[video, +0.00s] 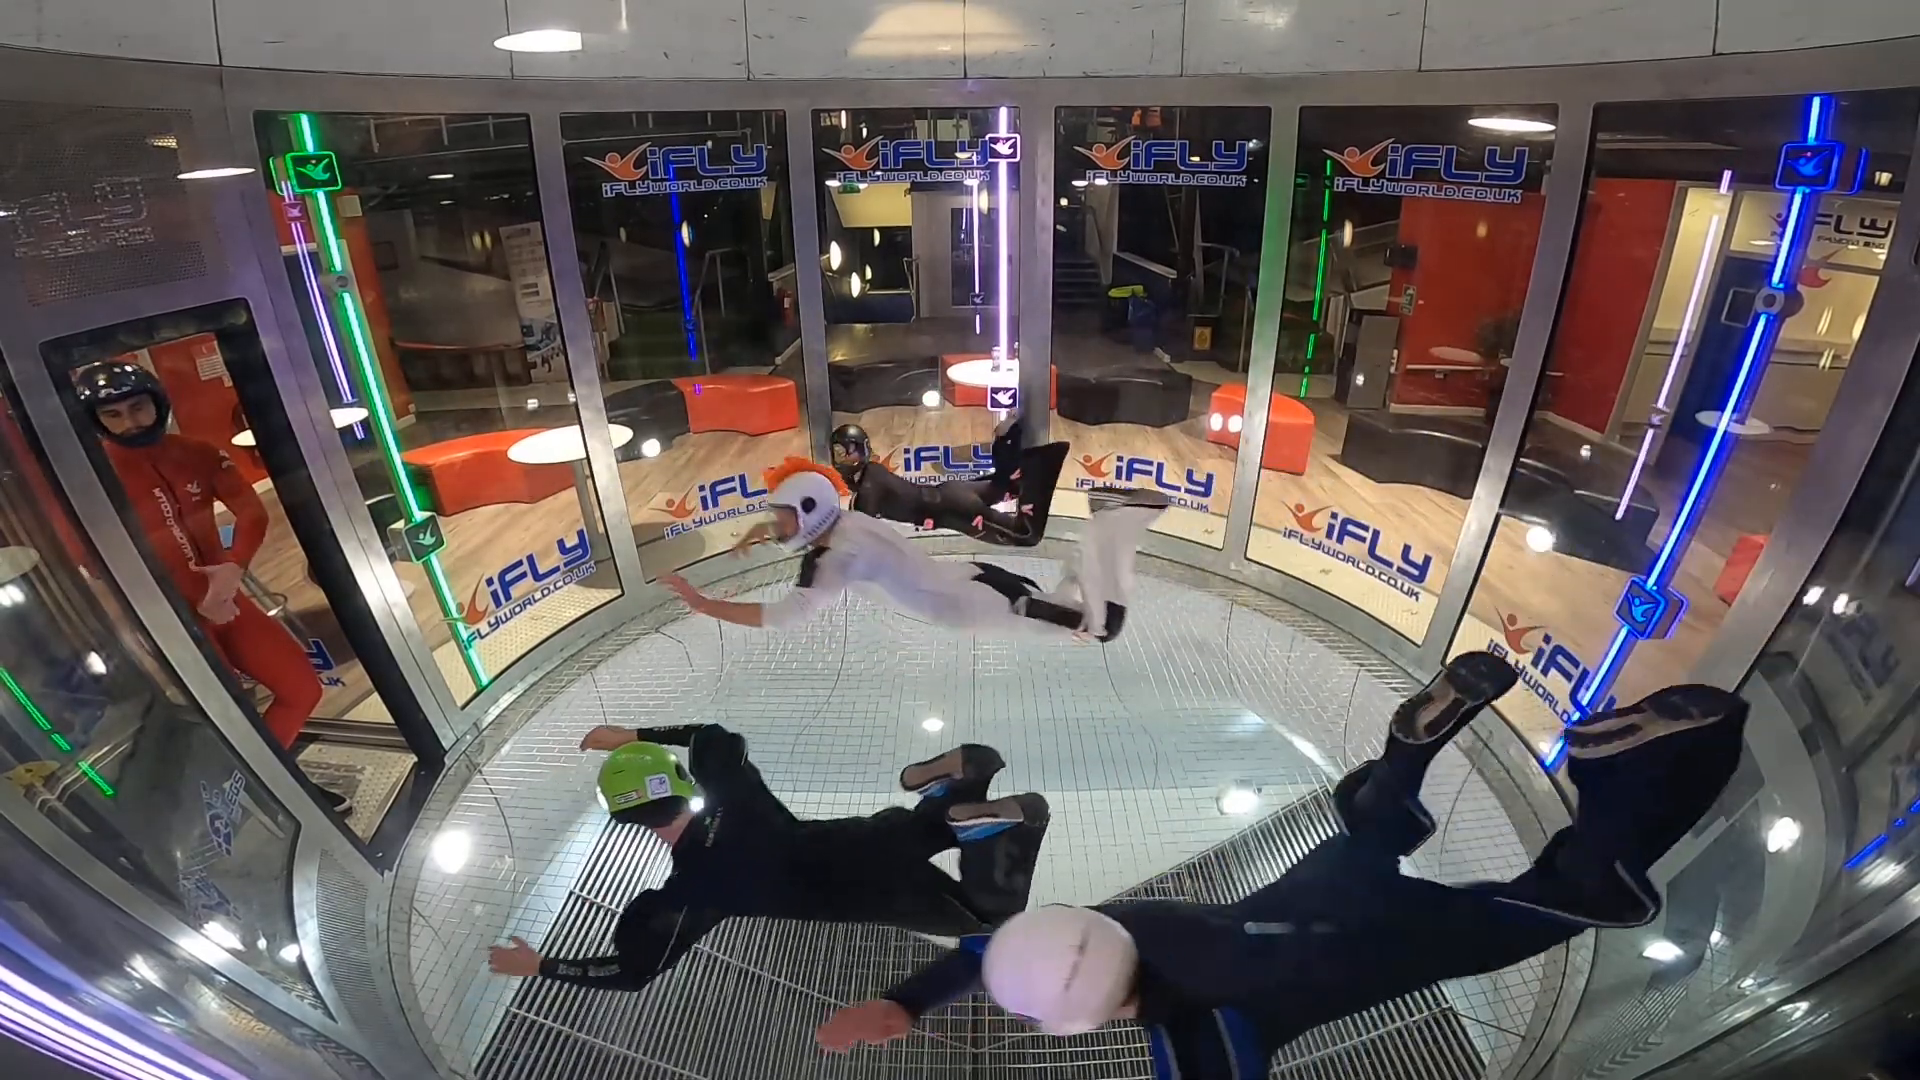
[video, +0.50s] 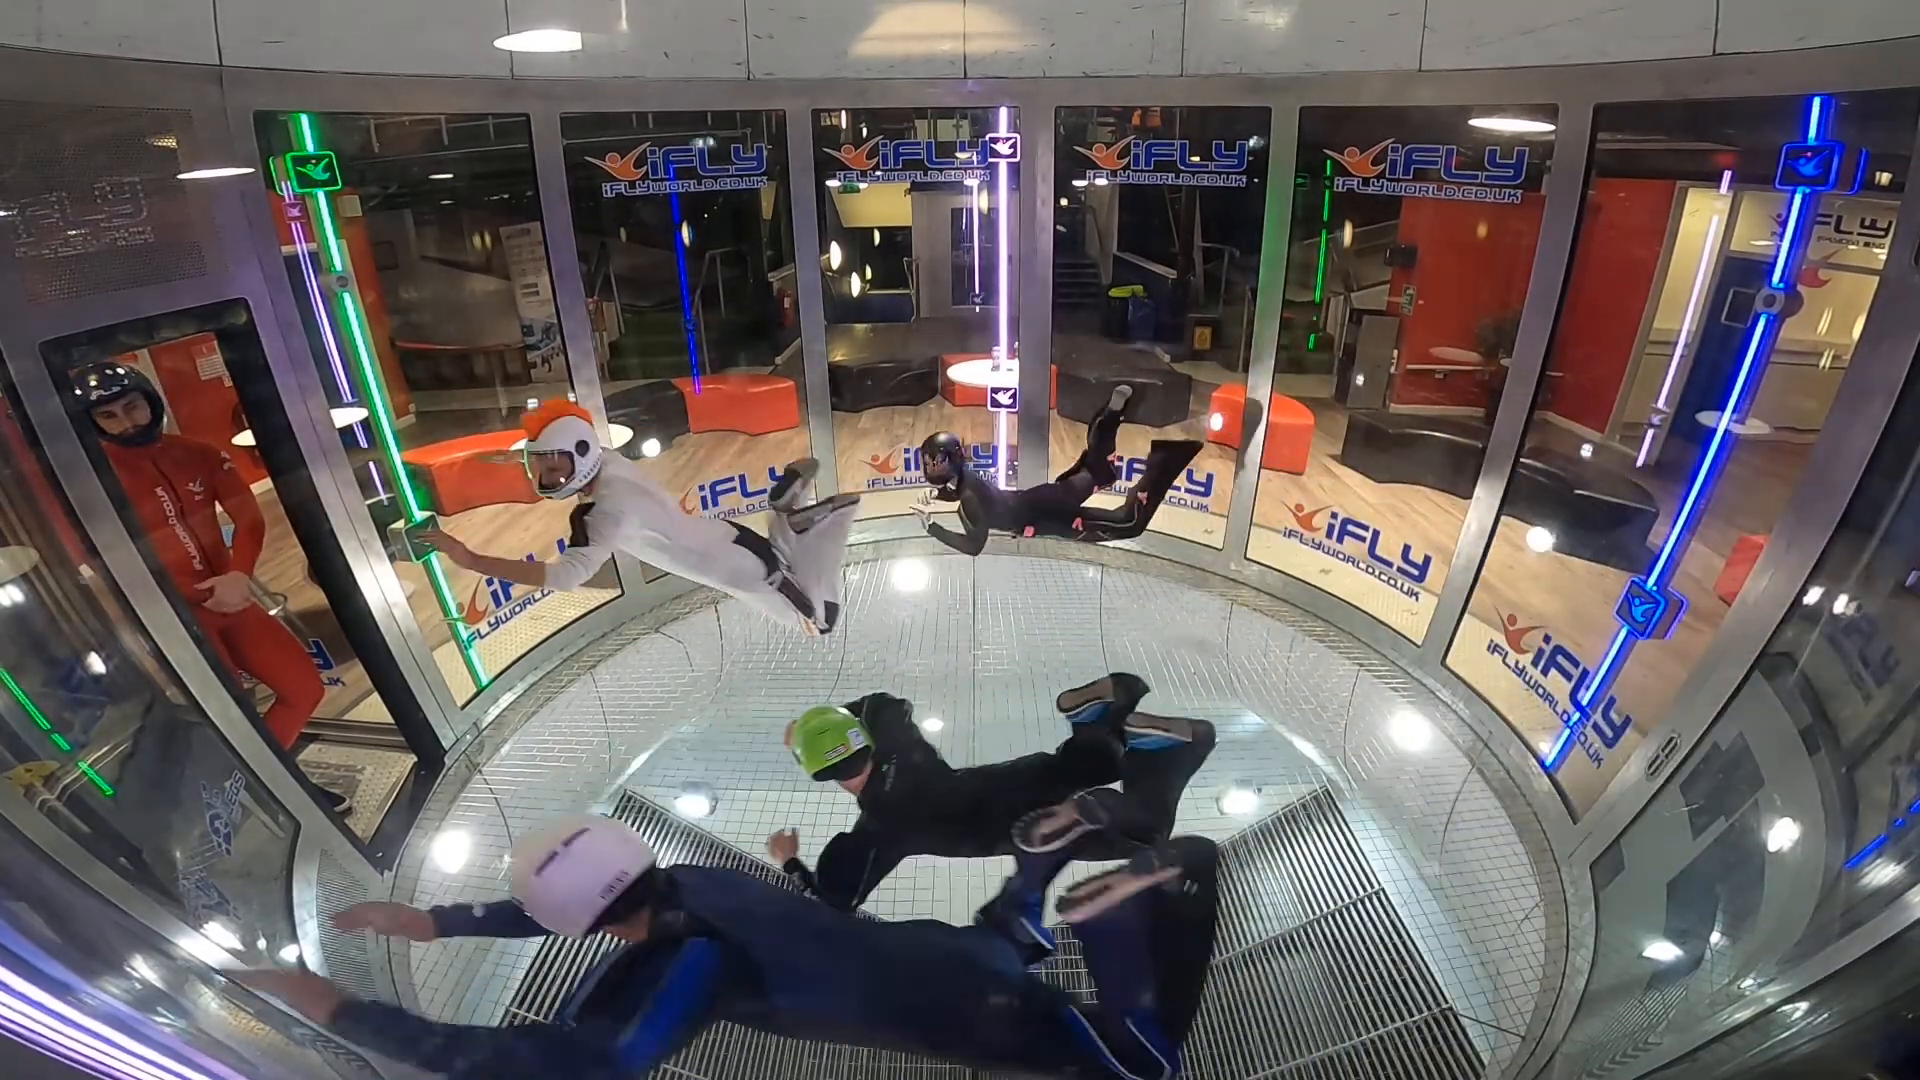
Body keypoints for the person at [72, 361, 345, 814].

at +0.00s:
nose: (130, 423)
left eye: (138, 407)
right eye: (113, 415)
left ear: (154, 402)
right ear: (96, 421)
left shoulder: (197, 455)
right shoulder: (94, 477)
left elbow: (252, 514)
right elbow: (99, 566)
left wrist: (233, 568)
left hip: (224, 602)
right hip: (170, 622)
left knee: (303, 689)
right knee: (233, 714)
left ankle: (243, 780)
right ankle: (294, 791)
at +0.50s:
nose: (126, 423)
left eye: (131, 407)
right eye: (108, 416)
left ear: (148, 402)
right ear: (92, 424)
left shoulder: (200, 456)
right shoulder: (95, 479)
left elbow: (249, 519)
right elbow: (101, 564)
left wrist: (240, 574)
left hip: (230, 603)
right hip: (177, 621)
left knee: (305, 689)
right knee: (237, 712)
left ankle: (242, 781)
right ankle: (295, 792)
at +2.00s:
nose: (127, 417)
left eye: (130, 402)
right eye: (109, 411)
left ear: (145, 398)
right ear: (91, 421)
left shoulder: (197, 455)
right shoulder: (96, 479)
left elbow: (247, 521)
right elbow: (106, 565)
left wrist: (243, 577)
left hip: (233, 603)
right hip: (181, 622)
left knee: (306, 688)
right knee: (237, 714)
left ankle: (241, 784)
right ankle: (293, 793)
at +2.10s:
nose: (125, 418)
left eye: (130, 402)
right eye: (108, 411)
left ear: (146, 399)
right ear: (89, 420)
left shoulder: (198, 455)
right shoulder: (95, 478)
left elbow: (248, 521)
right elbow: (105, 565)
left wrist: (242, 577)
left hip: (234, 602)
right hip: (181, 621)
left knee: (306, 688)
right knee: (237, 711)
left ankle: (241, 784)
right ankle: (292, 791)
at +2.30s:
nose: (124, 417)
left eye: (129, 402)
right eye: (108, 411)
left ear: (144, 398)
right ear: (90, 420)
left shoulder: (196, 454)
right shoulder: (94, 479)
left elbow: (247, 521)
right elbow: (104, 563)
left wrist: (241, 577)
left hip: (233, 603)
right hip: (181, 622)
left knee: (305, 688)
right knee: (236, 713)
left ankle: (248, 781)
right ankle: (291, 791)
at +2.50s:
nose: (124, 416)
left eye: (128, 402)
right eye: (107, 411)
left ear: (143, 398)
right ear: (89, 420)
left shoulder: (196, 454)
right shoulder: (94, 477)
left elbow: (246, 520)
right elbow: (111, 562)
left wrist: (240, 577)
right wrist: (206, 592)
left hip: (232, 601)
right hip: (181, 620)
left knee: (305, 688)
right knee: (237, 712)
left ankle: (245, 783)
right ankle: (293, 792)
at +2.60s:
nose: (122, 416)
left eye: (127, 401)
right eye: (105, 410)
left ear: (142, 398)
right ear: (87, 419)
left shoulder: (195, 454)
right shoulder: (93, 477)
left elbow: (246, 520)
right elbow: (110, 562)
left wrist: (239, 577)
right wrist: (206, 592)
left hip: (232, 602)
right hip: (181, 621)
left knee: (305, 688)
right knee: (237, 714)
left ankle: (244, 783)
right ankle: (293, 793)